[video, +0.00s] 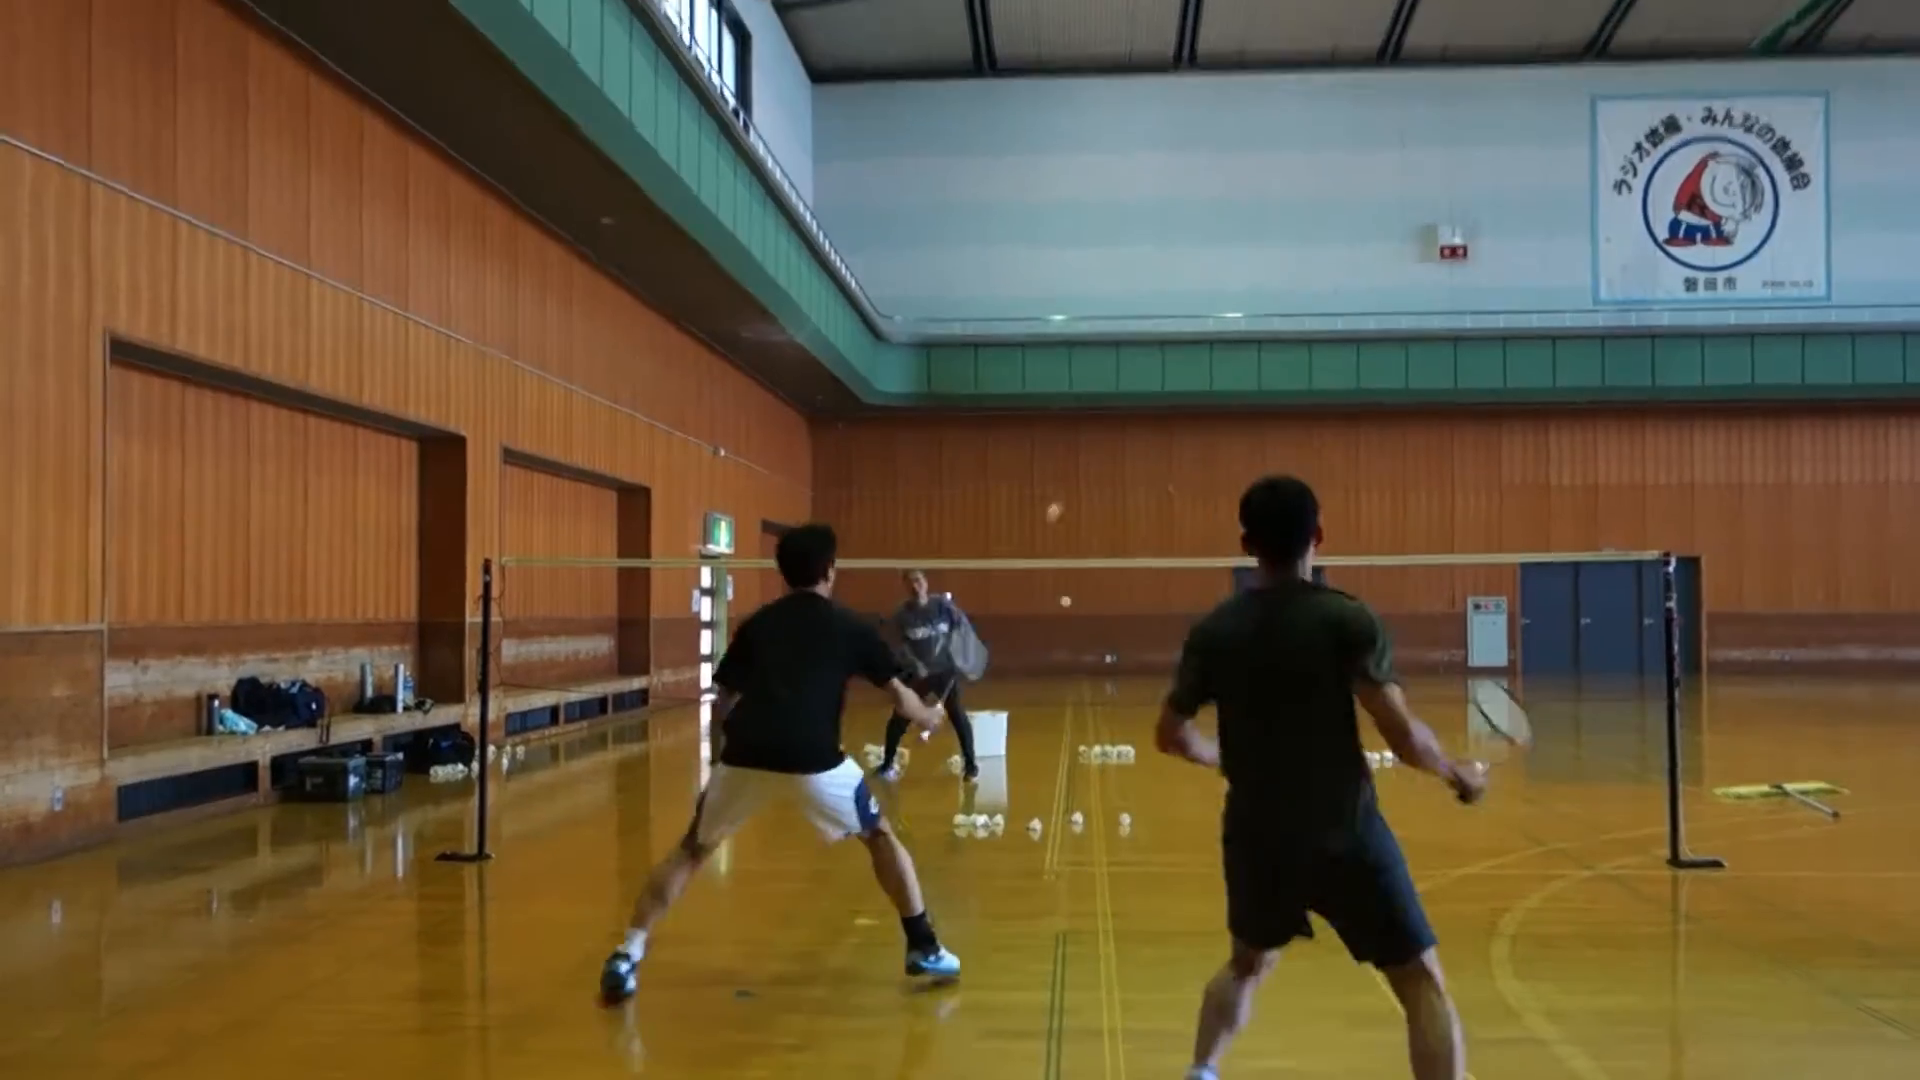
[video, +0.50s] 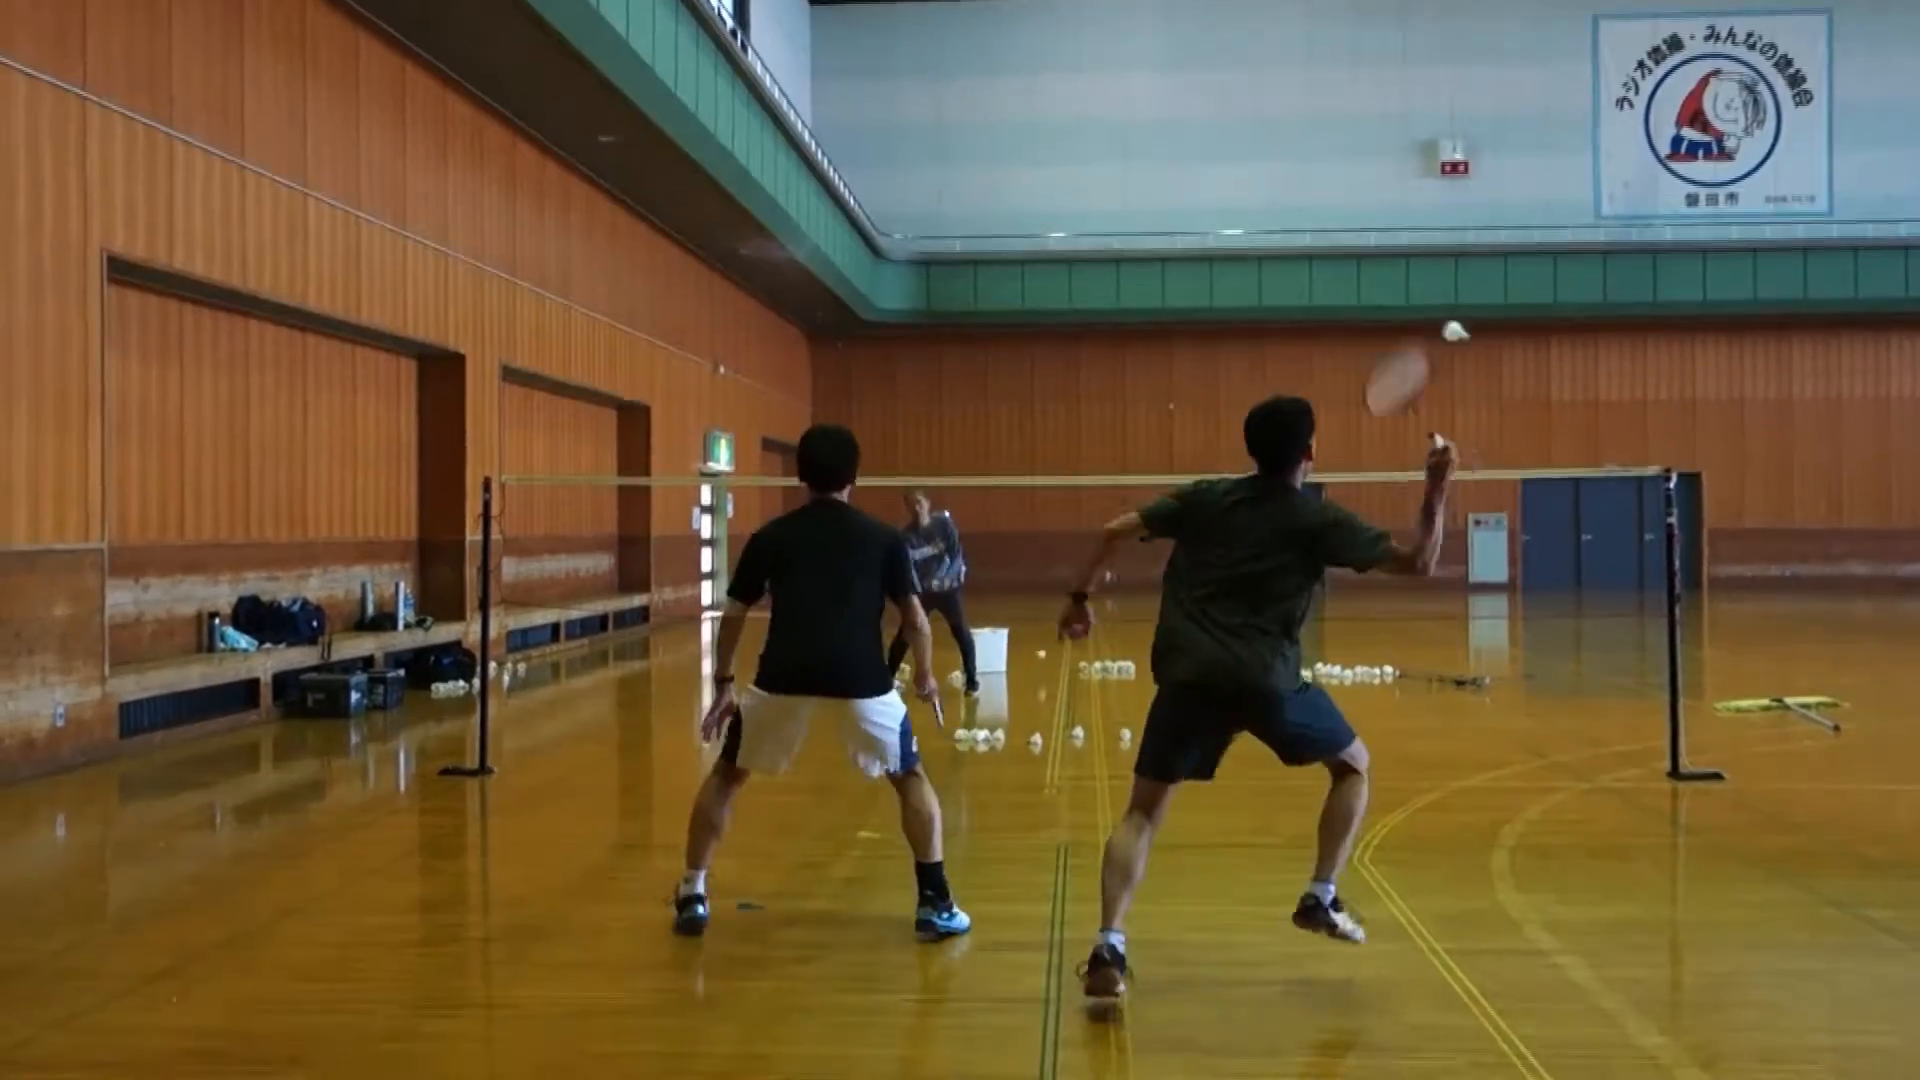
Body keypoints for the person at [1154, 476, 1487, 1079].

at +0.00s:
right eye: (1315, 529)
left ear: (1247, 541)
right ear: (1316, 536)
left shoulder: (1219, 628)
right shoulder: (1346, 620)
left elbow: (1170, 735)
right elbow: (1404, 737)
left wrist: (1231, 758)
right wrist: (1452, 771)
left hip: (1255, 829)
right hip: (1344, 829)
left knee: (1244, 965)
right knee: (1419, 982)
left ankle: (1202, 1069)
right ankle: (1447, 1076)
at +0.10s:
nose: (1323, 534)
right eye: (1320, 526)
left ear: (1250, 538)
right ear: (1318, 534)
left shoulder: (1220, 620)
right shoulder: (1333, 617)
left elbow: (1187, 718)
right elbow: (1383, 745)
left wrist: (1242, 721)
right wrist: (1428, 790)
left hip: (1230, 815)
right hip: (1312, 821)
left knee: (1223, 938)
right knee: (1411, 963)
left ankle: (1153, 1054)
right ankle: (1387, 1074)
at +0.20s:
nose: (1303, 554)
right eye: (1301, 547)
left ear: (1233, 560)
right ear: (1299, 557)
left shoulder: (1210, 634)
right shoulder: (1330, 640)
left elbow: (1157, 692)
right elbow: (1379, 756)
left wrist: (1207, 642)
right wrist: (1418, 784)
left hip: (1219, 828)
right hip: (1297, 837)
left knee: (1185, 943)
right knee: (1357, 991)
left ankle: (1137, 1069)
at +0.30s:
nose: (1272, 503)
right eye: (1274, 494)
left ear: (1208, 504)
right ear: (1272, 504)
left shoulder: (1178, 574)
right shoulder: (1306, 579)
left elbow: (1126, 598)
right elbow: (1381, 668)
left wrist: (1138, 567)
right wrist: (1430, 671)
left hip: (1199, 762)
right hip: (1284, 768)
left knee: (1147, 880)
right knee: (1331, 910)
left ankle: (1133, 1012)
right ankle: (1336, 1021)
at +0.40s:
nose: (1293, 461)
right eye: (1291, 453)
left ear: (1226, 462)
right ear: (1286, 464)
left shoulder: (1189, 519)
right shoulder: (1303, 532)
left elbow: (1102, 523)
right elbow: (1399, 591)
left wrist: (1058, 540)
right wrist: (1433, 534)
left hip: (1185, 718)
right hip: (1269, 720)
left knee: (1142, 848)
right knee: (1344, 826)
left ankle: (1124, 981)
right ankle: (1315, 929)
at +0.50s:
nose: (1315, 452)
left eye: (1309, 442)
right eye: (1313, 444)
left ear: (1251, 451)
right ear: (1306, 454)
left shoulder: (1206, 499)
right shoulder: (1314, 518)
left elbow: (1116, 531)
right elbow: (1418, 560)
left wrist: (1079, 595)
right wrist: (1437, 484)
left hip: (1185, 678)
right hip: (1265, 679)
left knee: (1140, 811)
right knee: (1352, 766)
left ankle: (1108, 943)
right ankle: (1323, 895)